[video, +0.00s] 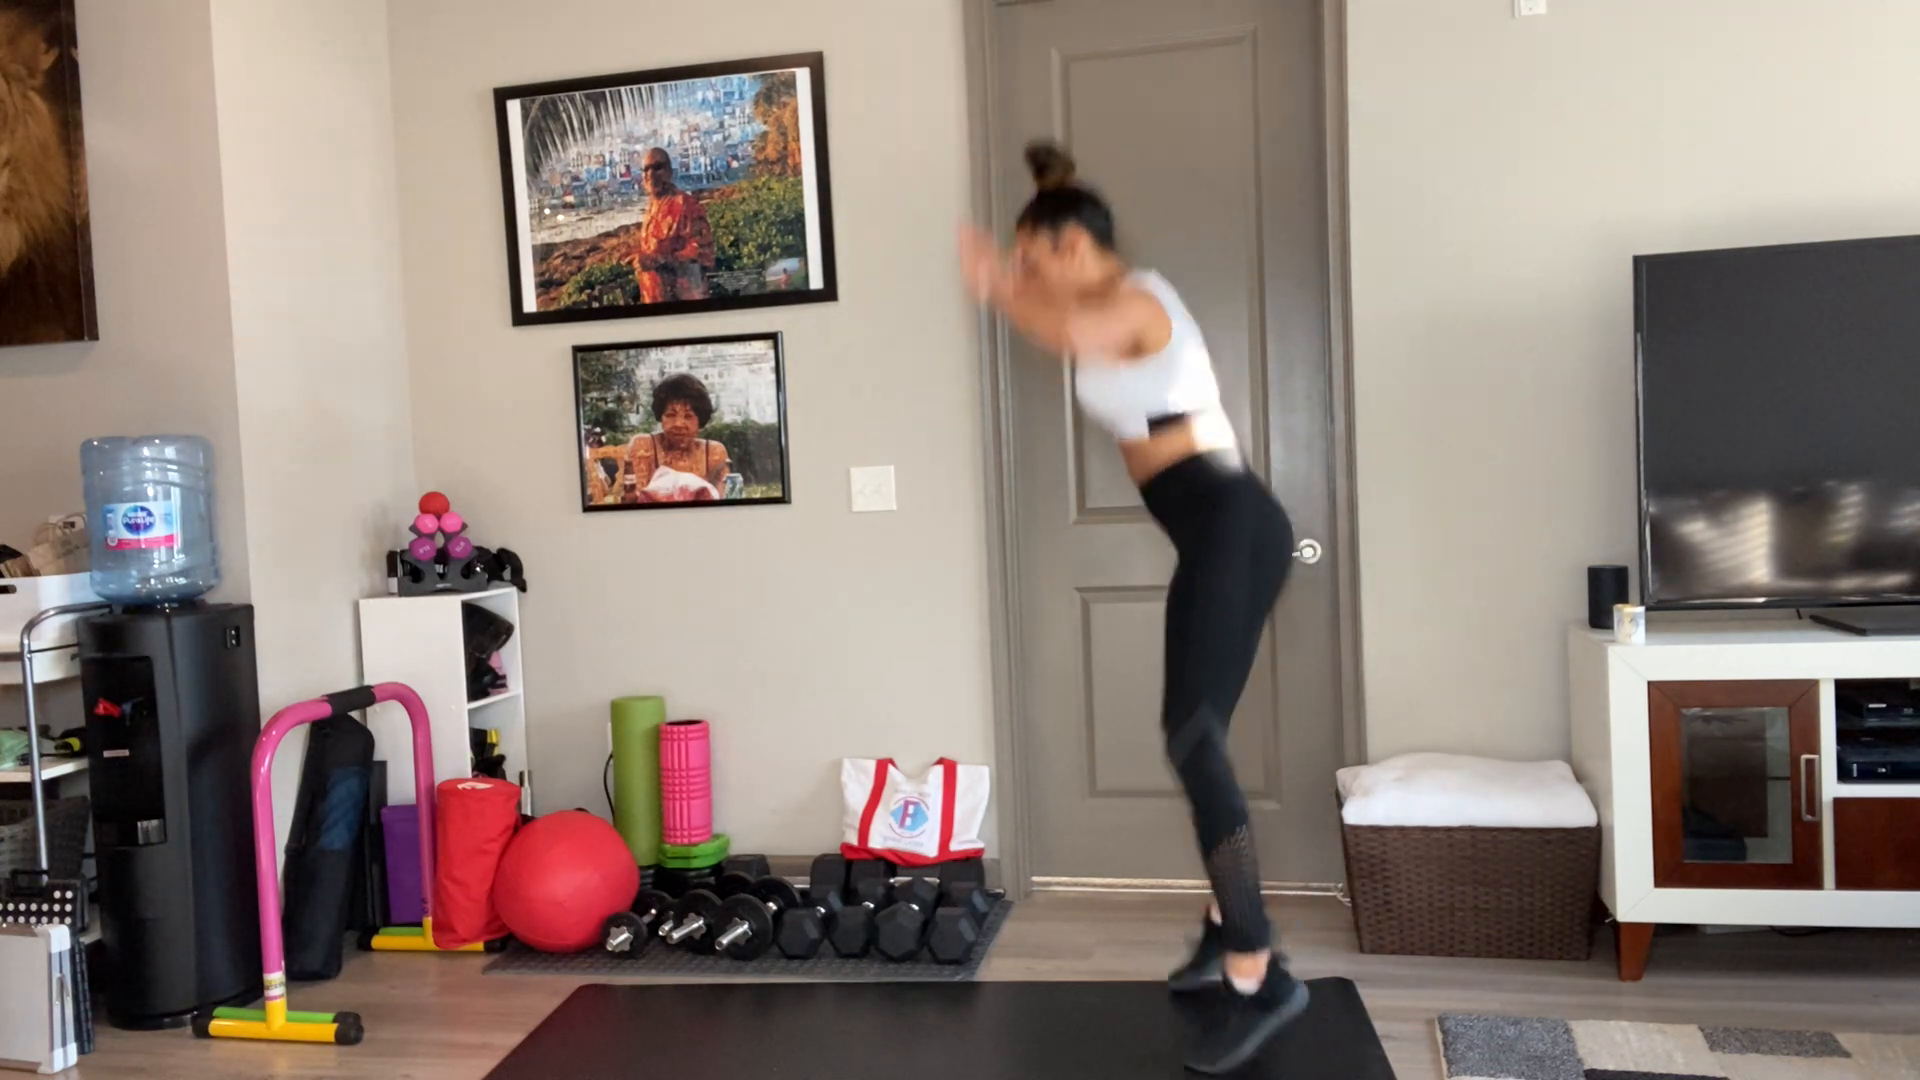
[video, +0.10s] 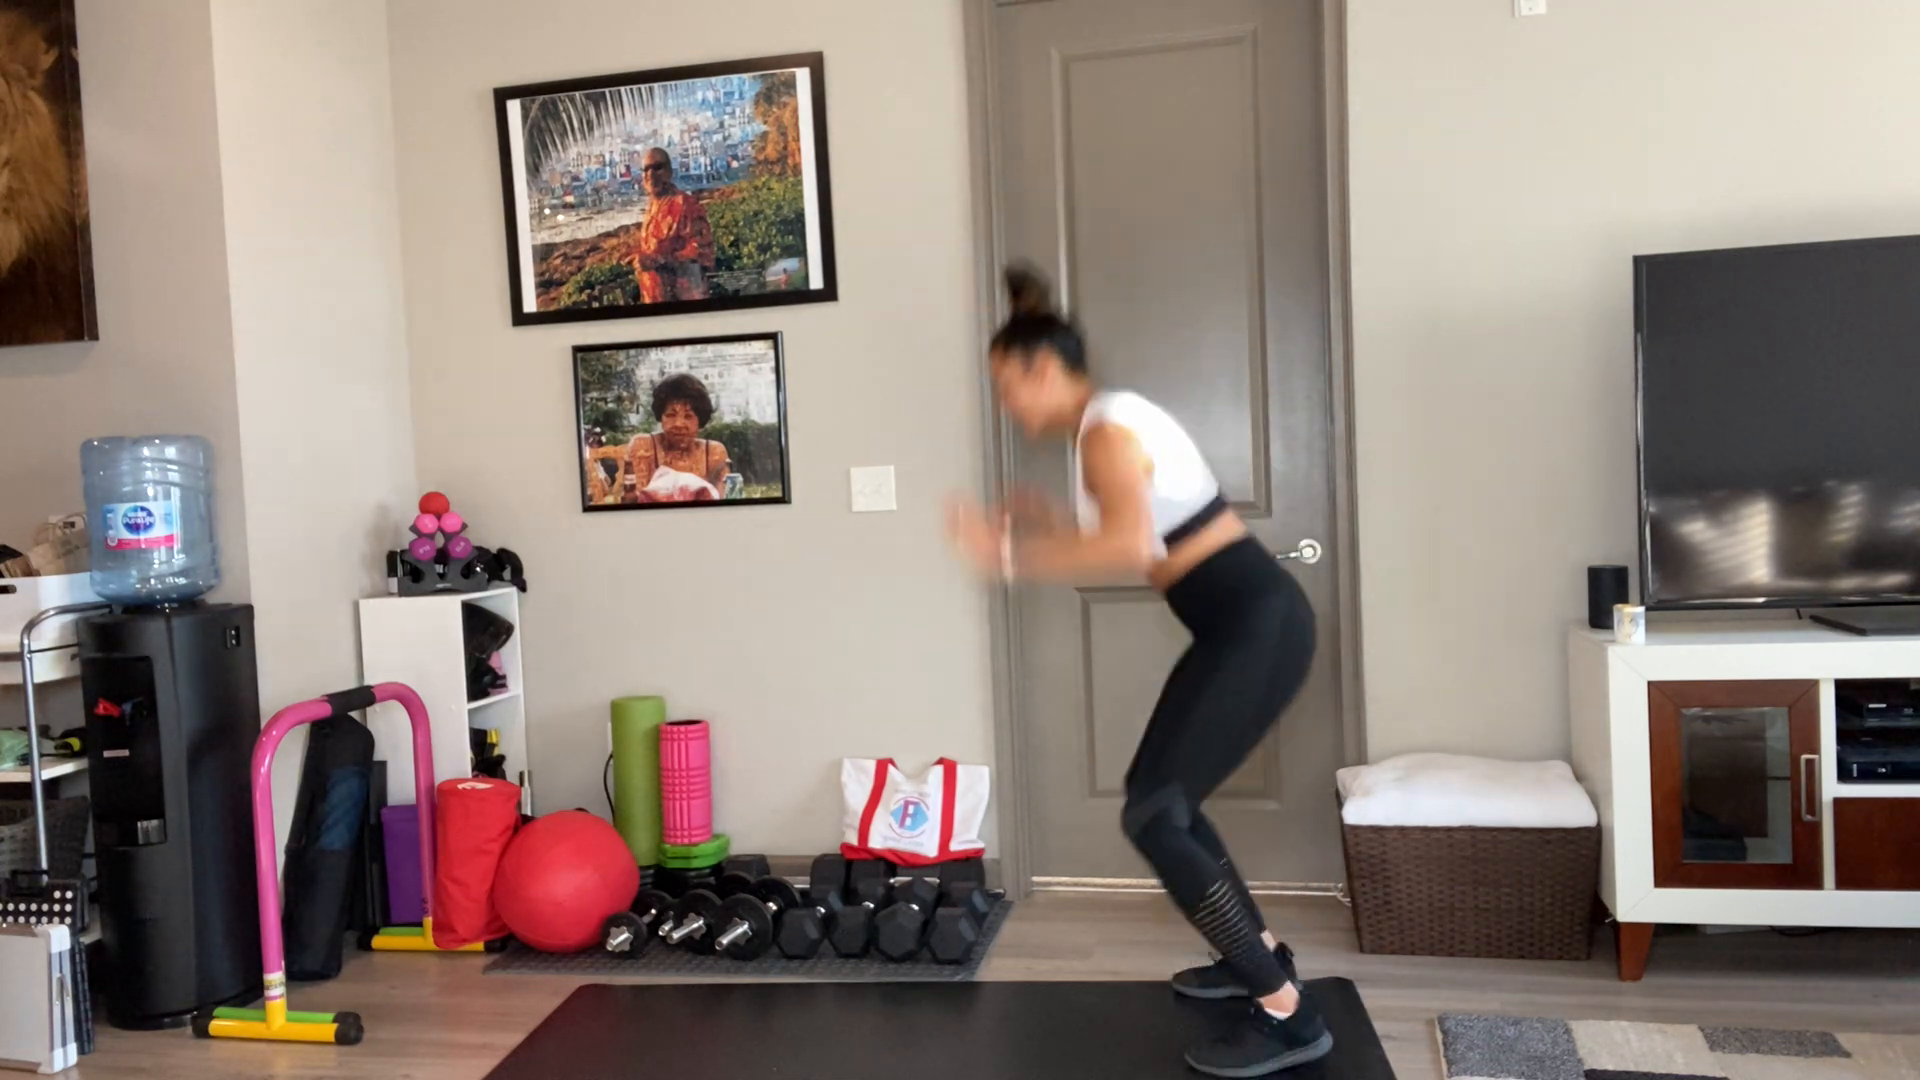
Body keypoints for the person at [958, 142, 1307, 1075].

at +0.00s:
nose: (1041, 271)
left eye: (1052, 254)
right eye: (1034, 258)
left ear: (1091, 244)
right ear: (1055, 255)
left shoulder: (1142, 300)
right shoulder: (1101, 305)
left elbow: (1080, 336)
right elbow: (1053, 306)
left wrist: (1002, 291)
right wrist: (1016, 279)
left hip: (1234, 521)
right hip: (1206, 528)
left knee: (1195, 733)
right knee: (1192, 732)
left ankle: (1257, 964)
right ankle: (1233, 929)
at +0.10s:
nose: (1006, 402)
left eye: (1010, 381)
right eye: (1001, 386)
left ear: (1051, 368)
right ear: (1048, 370)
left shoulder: (1111, 432)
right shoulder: (1107, 427)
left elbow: (1129, 551)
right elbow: (1146, 551)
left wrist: (1015, 555)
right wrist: (1054, 524)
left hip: (1258, 623)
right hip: (1237, 622)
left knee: (1156, 814)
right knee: (1159, 800)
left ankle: (1285, 1007)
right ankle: (1255, 954)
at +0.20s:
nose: (975, 531)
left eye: (976, 512)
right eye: (969, 515)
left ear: (1014, 493)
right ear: (1015, 494)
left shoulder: (1088, 546)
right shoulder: (1093, 526)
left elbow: (1116, 694)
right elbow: (1129, 670)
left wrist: (1023, 778)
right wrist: (1064, 701)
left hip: (1281, 679)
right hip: (1248, 676)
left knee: (1138, 843)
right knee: (1126, 800)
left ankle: (1286, 1012)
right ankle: (1252, 946)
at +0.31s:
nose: (959, 639)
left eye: (957, 622)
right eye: (951, 626)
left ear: (990, 598)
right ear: (997, 595)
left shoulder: (1066, 636)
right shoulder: (1073, 610)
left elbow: (1063, 790)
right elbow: (1083, 759)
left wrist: (991, 908)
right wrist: (1023, 809)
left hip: (1294, 709)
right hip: (1255, 703)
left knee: (1132, 849)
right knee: (1125, 812)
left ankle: (1286, 1015)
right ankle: (1257, 956)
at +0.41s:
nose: (948, 717)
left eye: (943, 702)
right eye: (939, 706)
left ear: (972, 675)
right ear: (981, 667)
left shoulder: (1039, 702)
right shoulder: (1040, 672)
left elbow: (1004, 855)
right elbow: (1013, 812)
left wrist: (930, 967)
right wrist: (948, 870)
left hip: (1288, 721)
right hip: (1261, 707)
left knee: (1125, 856)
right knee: (1117, 813)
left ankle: (1284, 1012)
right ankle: (1252, 951)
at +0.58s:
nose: (912, 787)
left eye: (907, 774)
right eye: (902, 779)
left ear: (926, 744)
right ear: (931, 733)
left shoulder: (981, 744)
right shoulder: (975, 724)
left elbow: (910, 888)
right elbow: (915, 851)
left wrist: (825, 1000)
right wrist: (847, 920)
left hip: (1223, 649)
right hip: (1192, 648)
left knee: (1132, 841)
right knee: (1128, 810)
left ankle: (1288, 1015)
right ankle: (1255, 952)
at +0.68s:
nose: (878, 807)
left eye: (869, 795)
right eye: (867, 800)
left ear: (882, 762)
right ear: (883, 746)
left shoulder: (932, 755)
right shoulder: (929, 734)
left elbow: (869, 902)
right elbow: (875, 876)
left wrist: (794, 1017)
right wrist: (810, 962)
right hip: (1133, 591)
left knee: (1153, 814)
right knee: (1162, 792)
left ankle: (1312, 990)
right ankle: (1279, 915)